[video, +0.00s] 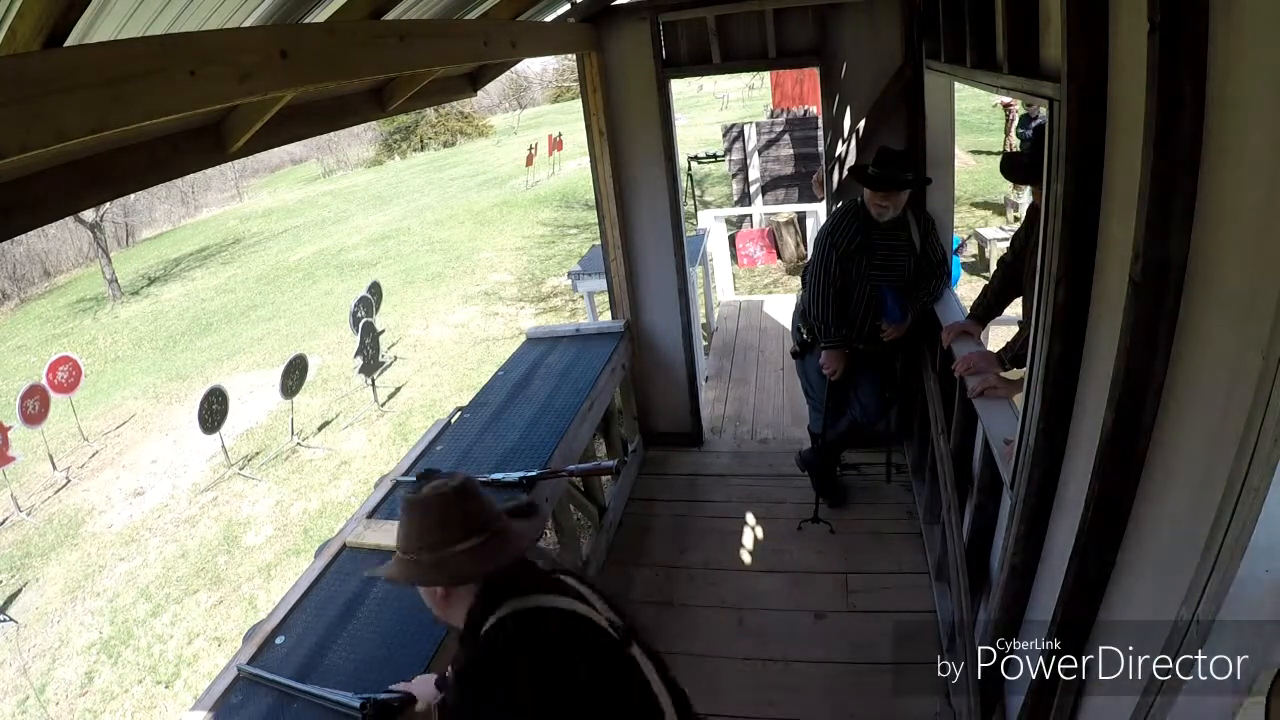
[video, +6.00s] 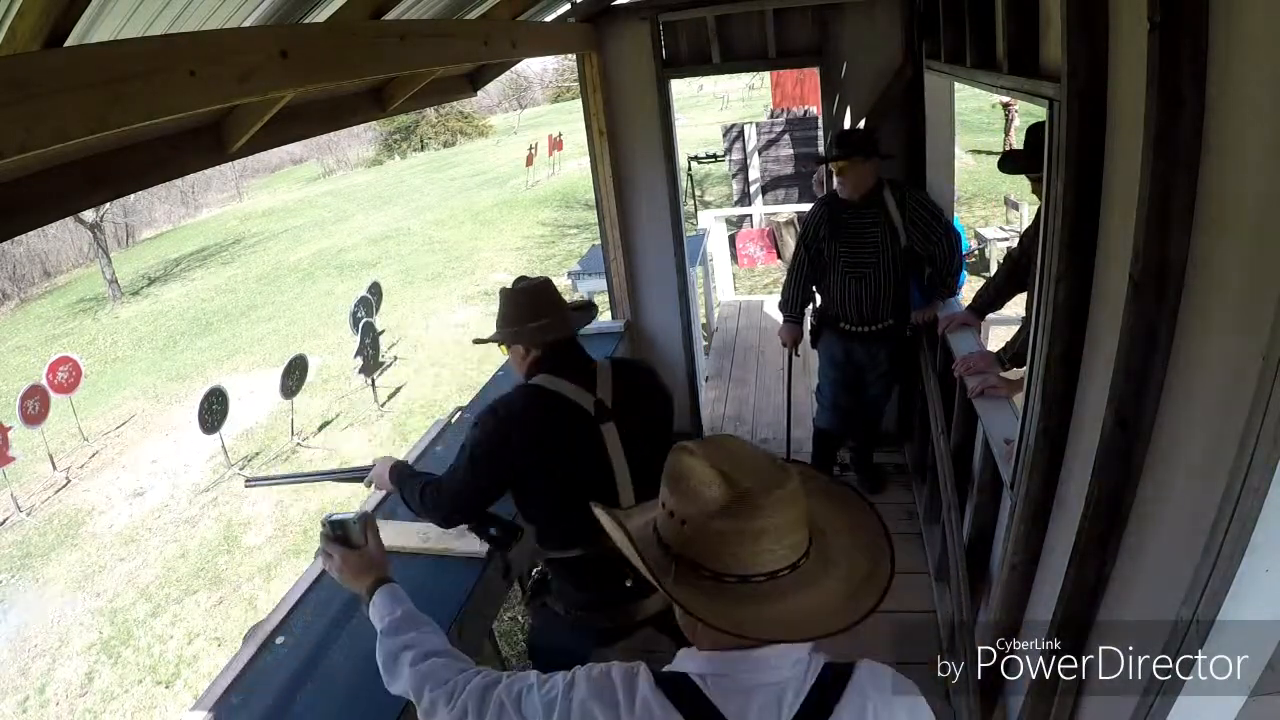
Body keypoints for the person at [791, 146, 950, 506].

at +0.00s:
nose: (882, 199)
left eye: (893, 192)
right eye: (875, 190)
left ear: (909, 193)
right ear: (864, 187)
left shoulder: (920, 225)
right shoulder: (843, 224)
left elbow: (937, 273)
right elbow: (820, 283)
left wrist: (909, 316)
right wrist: (831, 343)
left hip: (875, 335)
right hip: (824, 334)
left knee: (870, 409)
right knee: (827, 410)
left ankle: (817, 456)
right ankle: (826, 478)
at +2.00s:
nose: (837, 174)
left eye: (847, 166)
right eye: (834, 167)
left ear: (870, 167)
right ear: (830, 169)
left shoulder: (898, 206)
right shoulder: (819, 213)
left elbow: (948, 236)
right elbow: (797, 265)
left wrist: (936, 294)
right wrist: (788, 315)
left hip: (885, 330)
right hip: (833, 329)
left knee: (873, 402)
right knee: (832, 403)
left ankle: (865, 459)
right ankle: (826, 470)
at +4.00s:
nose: (849, 186)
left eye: (857, 178)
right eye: (843, 178)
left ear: (874, 174)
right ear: (834, 177)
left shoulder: (904, 207)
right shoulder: (821, 217)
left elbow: (944, 240)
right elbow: (795, 268)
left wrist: (937, 296)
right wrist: (785, 322)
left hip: (888, 332)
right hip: (835, 333)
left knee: (872, 405)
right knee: (829, 407)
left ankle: (864, 460)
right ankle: (822, 474)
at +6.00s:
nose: (838, 177)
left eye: (845, 168)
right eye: (834, 169)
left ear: (871, 166)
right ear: (833, 169)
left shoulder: (905, 204)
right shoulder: (825, 212)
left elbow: (946, 244)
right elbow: (801, 266)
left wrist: (936, 297)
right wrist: (791, 318)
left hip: (889, 330)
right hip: (837, 330)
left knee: (875, 407)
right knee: (831, 408)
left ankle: (864, 465)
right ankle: (820, 480)